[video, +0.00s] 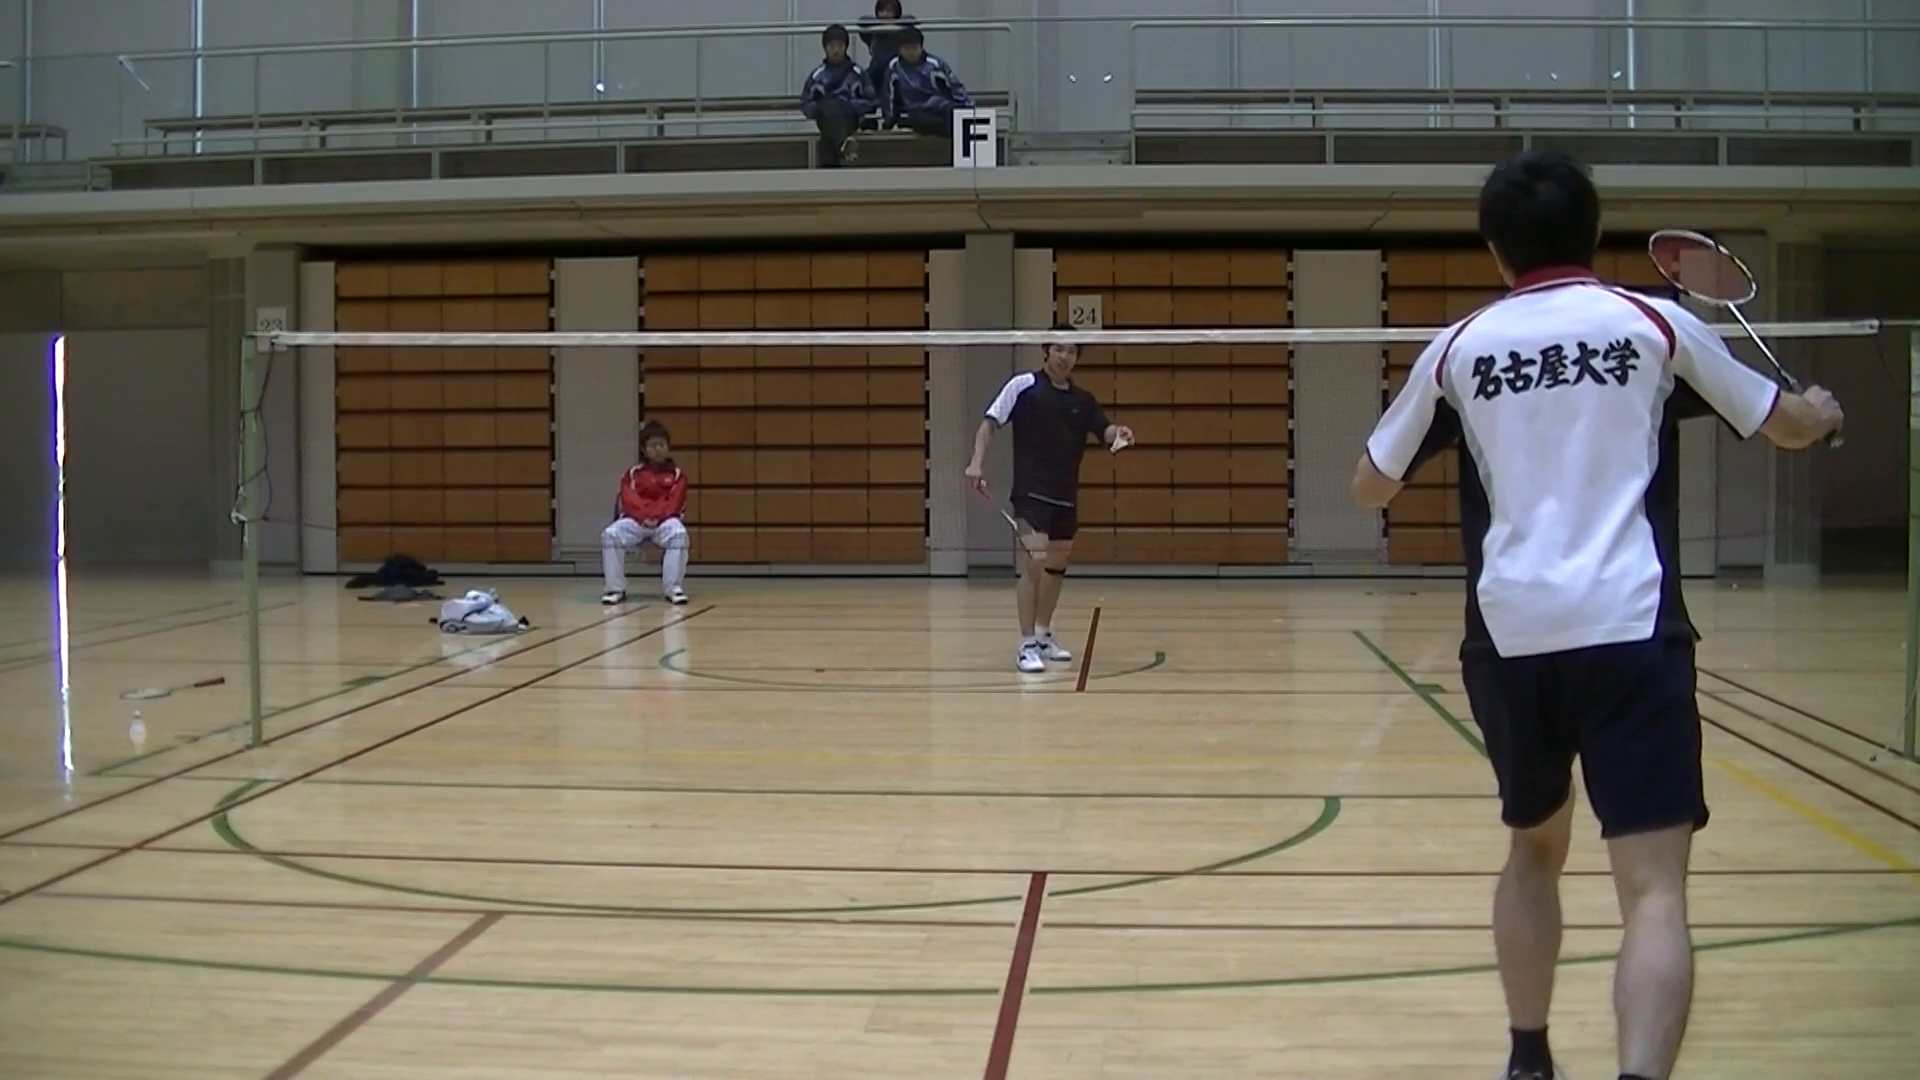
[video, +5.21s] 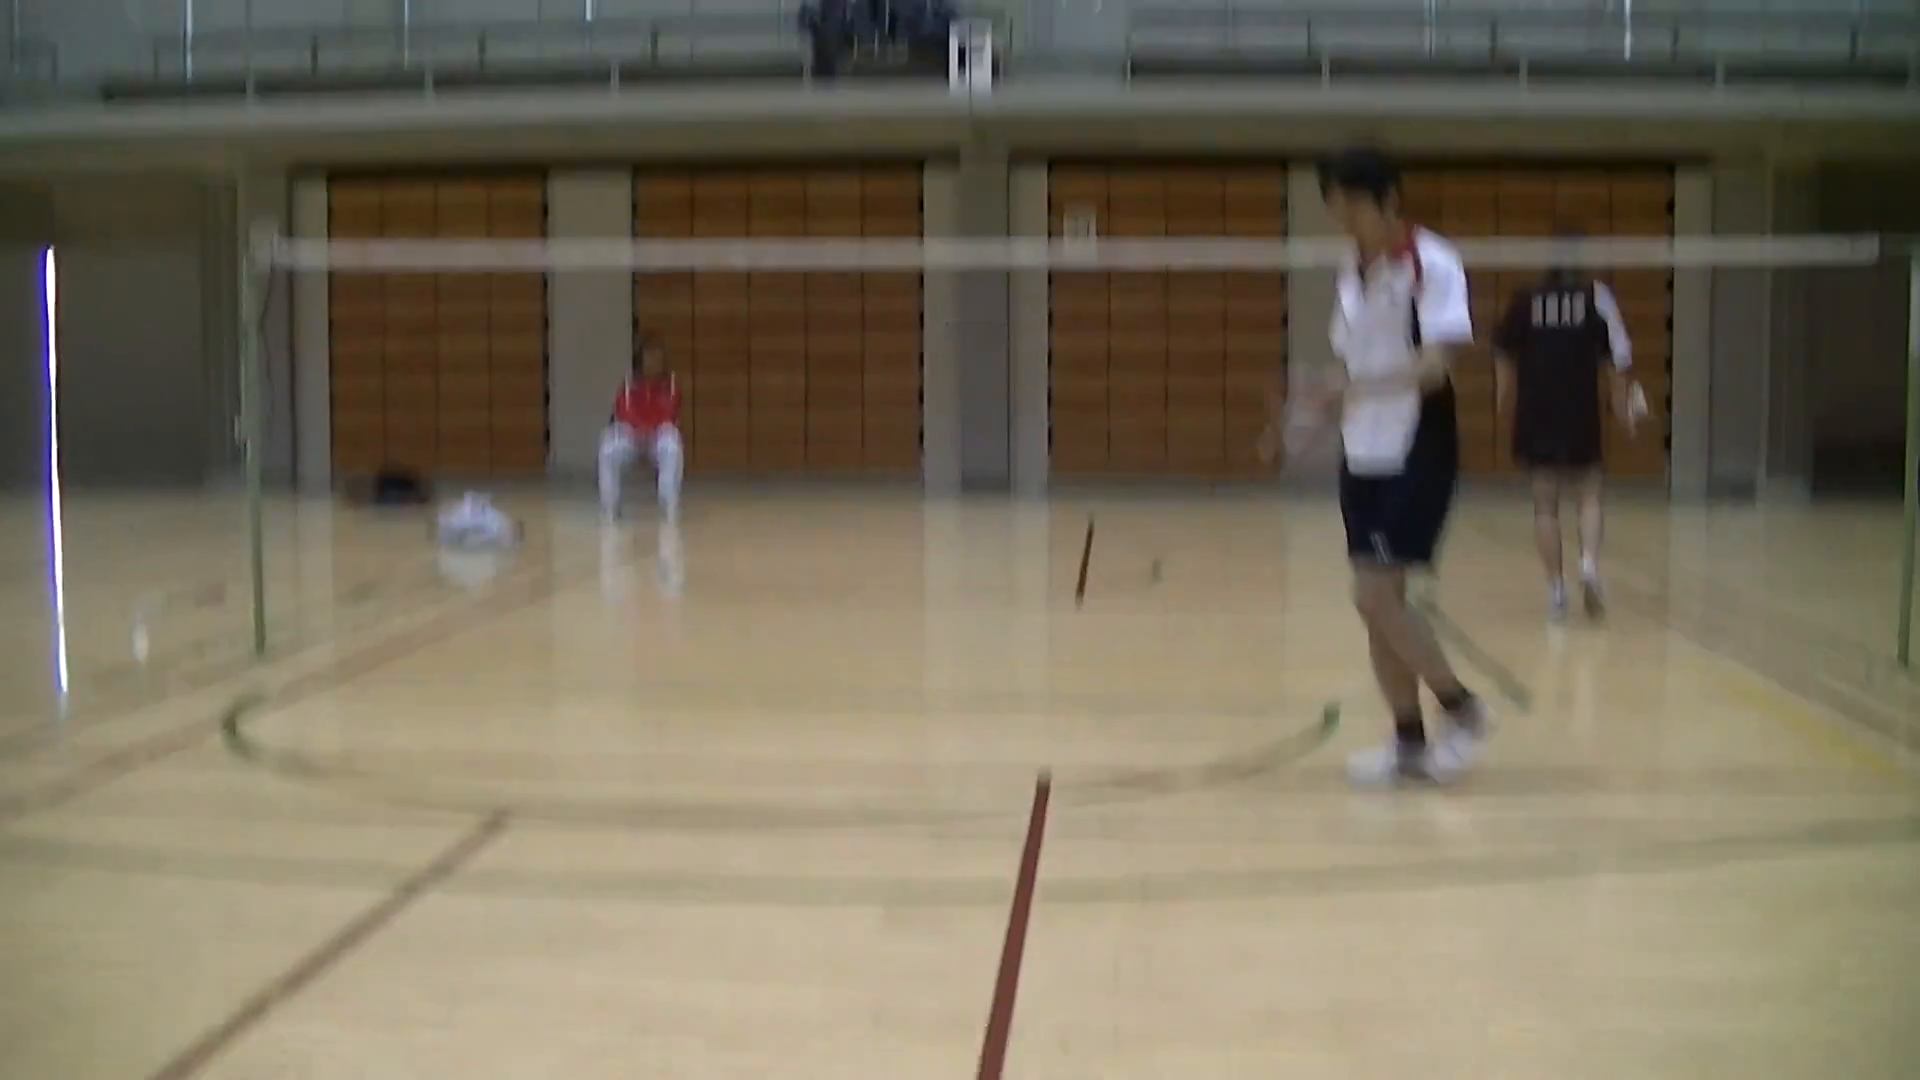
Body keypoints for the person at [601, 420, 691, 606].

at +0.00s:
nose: (658, 450)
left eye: (661, 445)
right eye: (652, 446)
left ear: (668, 447)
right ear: (644, 450)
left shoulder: (677, 475)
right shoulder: (633, 473)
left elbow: (674, 504)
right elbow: (628, 500)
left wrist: (656, 517)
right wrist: (644, 516)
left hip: (664, 520)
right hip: (635, 520)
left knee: (679, 535)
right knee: (610, 535)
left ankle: (673, 587)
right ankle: (615, 589)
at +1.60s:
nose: (664, 449)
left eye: (669, 444)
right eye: (659, 445)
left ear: (676, 447)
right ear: (651, 449)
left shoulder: (683, 475)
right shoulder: (640, 473)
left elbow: (680, 505)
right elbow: (635, 500)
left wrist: (660, 516)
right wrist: (652, 515)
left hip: (671, 519)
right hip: (643, 519)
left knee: (687, 534)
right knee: (618, 535)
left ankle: (682, 587)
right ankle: (622, 589)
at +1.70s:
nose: (697, 449)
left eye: (702, 444)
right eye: (692, 444)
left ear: (708, 447)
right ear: (683, 449)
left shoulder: (716, 475)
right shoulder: (673, 473)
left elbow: (713, 506)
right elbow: (668, 503)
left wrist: (691, 515)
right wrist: (684, 517)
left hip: (704, 520)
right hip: (676, 520)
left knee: (718, 534)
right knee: (651, 534)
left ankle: (714, 587)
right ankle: (654, 589)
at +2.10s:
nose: (674, 448)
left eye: (678, 443)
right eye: (668, 443)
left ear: (684, 445)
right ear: (659, 448)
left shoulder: (691, 473)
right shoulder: (648, 471)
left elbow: (689, 502)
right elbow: (643, 498)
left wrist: (671, 516)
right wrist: (661, 513)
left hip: (680, 518)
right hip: (651, 518)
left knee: (695, 534)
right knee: (627, 533)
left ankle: (688, 585)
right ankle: (631, 588)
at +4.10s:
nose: (656, 450)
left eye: (660, 445)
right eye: (651, 446)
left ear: (666, 448)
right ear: (642, 450)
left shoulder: (675, 475)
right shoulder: (631, 474)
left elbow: (672, 504)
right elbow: (626, 500)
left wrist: (655, 518)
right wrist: (642, 516)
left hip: (662, 521)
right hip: (633, 521)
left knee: (677, 536)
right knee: (609, 536)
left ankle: (671, 588)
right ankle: (614, 590)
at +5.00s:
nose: (656, 441)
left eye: (660, 436)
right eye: (651, 437)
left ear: (666, 439)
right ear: (642, 442)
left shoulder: (674, 466)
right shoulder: (630, 465)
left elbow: (672, 494)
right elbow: (626, 492)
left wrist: (657, 510)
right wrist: (641, 508)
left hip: (661, 513)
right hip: (633, 512)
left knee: (677, 527)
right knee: (609, 528)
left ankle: (671, 580)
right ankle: (613, 582)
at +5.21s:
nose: (652, 364)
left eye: (656, 358)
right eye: (648, 358)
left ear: (662, 361)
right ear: (641, 361)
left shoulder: (669, 384)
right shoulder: (630, 383)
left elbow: (671, 415)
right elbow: (623, 414)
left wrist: (655, 430)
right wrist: (638, 430)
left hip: (659, 429)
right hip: (631, 428)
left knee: (671, 449)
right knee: (610, 449)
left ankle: (669, 505)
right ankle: (609, 507)